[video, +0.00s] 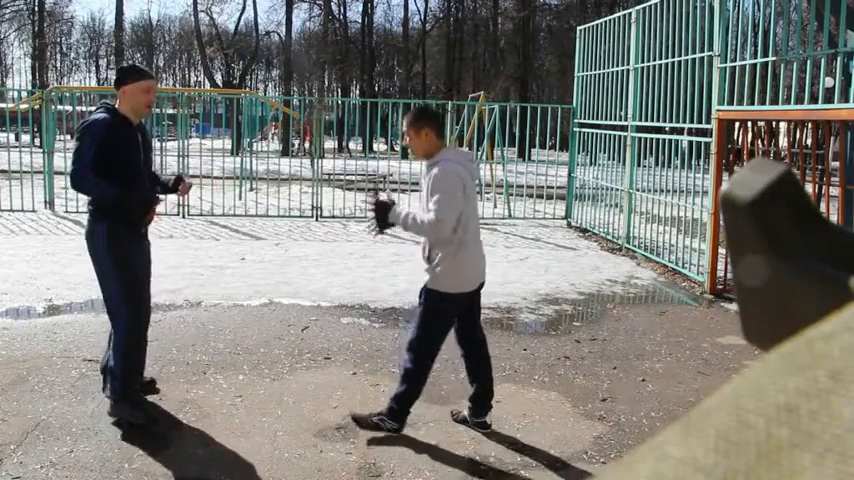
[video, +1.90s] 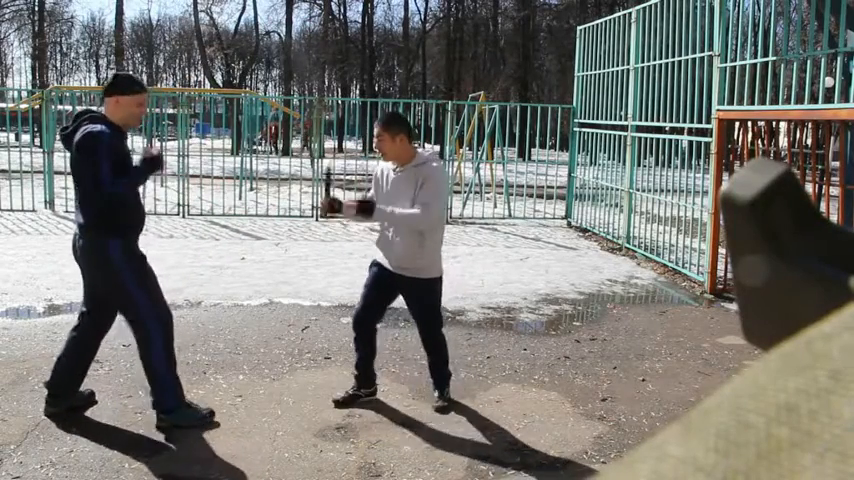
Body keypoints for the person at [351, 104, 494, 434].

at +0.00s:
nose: (406, 143)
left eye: (409, 135)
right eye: (405, 136)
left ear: (427, 134)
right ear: (431, 135)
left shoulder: (444, 173)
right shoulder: (454, 164)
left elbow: (440, 227)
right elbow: (434, 216)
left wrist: (396, 216)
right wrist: (398, 215)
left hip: (448, 279)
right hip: (469, 275)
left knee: (420, 352)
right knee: (473, 344)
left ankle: (393, 417)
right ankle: (479, 412)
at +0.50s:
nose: (374, 144)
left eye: (376, 137)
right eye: (373, 137)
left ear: (394, 135)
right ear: (398, 135)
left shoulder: (411, 173)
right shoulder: (423, 163)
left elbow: (392, 228)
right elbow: (412, 213)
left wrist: (346, 224)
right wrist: (376, 210)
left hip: (421, 276)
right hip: (436, 271)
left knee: (399, 346)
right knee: (428, 329)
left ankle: (389, 418)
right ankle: (453, 388)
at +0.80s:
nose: (385, 143)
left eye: (388, 136)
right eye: (384, 137)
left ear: (407, 135)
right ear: (407, 136)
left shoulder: (422, 172)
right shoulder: (422, 163)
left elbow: (428, 228)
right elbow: (413, 215)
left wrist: (387, 231)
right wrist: (376, 210)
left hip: (427, 274)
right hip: (438, 269)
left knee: (400, 342)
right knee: (437, 332)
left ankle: (392, 415)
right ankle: (452, 393)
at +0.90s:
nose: (389, 140)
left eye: (392, 133)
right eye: (388, 134)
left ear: (412, 132)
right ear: (409, 133)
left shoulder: (432, 167)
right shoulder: (415, 162)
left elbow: (442, 221)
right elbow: (411, 206)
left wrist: (396, 213)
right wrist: (376, 202)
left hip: (430, 269)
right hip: (426, 265)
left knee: (405, 339)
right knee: (435, 327)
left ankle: (422, 406)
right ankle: (451, 391)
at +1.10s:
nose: (394, 142)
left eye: (397, 135)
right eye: (393, 136)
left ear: (418, 133)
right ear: (413, 135)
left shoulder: (445, 167)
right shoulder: (412, 166)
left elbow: (427, 212)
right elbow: (403, 211)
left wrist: (393, 180)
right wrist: (371, 221)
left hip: (433, 271)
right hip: (408, 266)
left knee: (425, 338)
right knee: (396, 327)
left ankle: (442, 404)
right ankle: (437, 384)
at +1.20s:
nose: (391, 143)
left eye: (395, 136)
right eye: (390, 137)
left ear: (415, 135)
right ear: (407, 137)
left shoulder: (445, 168)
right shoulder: (402, 167)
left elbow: (425, 214)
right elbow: (404, 215)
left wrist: (383, 186)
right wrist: (375, 221)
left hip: (432, 272)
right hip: (403, 265)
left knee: (428, 343)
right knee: (377, 319)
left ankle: (443, 404)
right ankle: (411, 376)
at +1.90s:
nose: (376, 145)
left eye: (380, 139)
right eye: (375, 138)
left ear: (401, 140)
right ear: (393, 141)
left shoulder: (432, 170)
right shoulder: (382, 171)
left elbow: (427, 218)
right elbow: (377, 213)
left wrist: (375, 210)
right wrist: (344, 209)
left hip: (422, 270)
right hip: (387, 264)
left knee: (431, 334)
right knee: (363, 320)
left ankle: (442, 390)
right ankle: (365, 384)